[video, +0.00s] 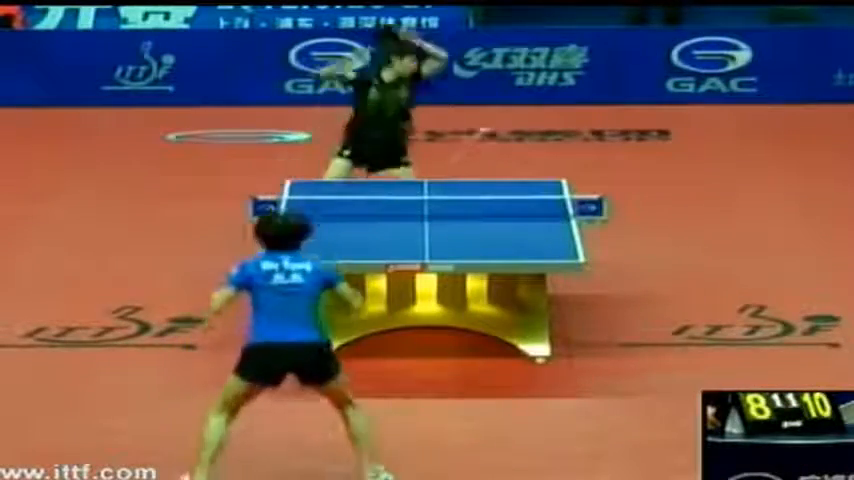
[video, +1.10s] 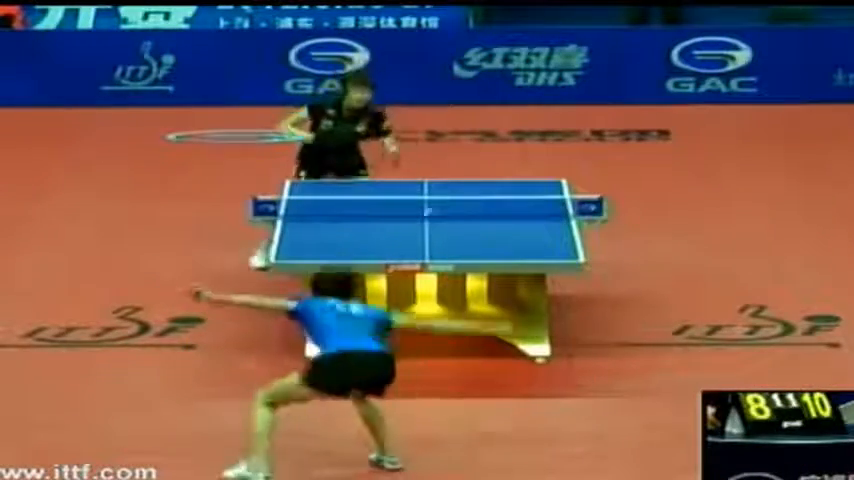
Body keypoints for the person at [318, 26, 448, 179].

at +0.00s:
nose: (415, 66)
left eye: (416, 61)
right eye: (411, 60)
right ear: (395, 60)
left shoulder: (409, 80)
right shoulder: (365, 79)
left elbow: (441, 59)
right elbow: (326, 74)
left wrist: (418, 43)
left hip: (390, 150)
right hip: (356, 148)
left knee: (411, 198)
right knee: (325, 193)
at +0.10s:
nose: (408, 58)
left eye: (408, 53)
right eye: (403, 53)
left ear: (410, 54)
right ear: (387, 54)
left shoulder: (410, 74)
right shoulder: (364, 75)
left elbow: (442, 56)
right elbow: (339, 76)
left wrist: (418, 40)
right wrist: (321, 75)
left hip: (396, 137)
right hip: (361, 136)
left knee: (410, 191)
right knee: (330, 187)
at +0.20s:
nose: (389, 66)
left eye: (394, 61)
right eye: (385, 60)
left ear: (399, 63)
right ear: (375, 61)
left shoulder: (405, 82)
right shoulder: (358, 82)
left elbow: (441, 83)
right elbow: (333, 89)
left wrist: (433, 67)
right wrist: (318, 99)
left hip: (400, 146)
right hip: (364, 147)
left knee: (421, 190)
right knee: (336, 187)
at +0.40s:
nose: (364, 86)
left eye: (368, 81)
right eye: (359, 81)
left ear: (376, 84)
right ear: (352, 84)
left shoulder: (385, 107)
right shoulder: (341, 105)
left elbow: (405, 118)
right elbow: (324, 114)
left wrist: (393, 122)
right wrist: (311, 122)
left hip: (383, 174)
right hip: (345, 173)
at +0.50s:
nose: (357, 84)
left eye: (361, 79)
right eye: (353, 78)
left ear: (367, 81)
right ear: (343, 80)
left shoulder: (372, 103)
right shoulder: (329, 100)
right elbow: (310, 107)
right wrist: (300, 116)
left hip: (366, 157)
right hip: (332, 157)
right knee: (312, 189)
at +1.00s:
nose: (359, 92)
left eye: (363, 87)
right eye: (355, 87)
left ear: (369, 90)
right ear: (346, 88)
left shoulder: (375, 110)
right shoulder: (326, 102)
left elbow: (393, 132)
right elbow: (290, 120)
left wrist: (392, 141)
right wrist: (309, 131)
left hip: (351, 150)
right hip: (318, 149)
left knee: (364, 193)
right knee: (304, 193)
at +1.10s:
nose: (360, 97)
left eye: (364, 92)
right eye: (356, 91)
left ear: (370, 95)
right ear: (346, 92)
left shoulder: (372, 116)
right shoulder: (324, 107)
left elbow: (388, 139)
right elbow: (284, 126)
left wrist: (392, 150)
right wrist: (304, 135)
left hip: (349, 164)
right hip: (315, 163)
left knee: (364, 206)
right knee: (299, 207)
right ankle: (268, 249)